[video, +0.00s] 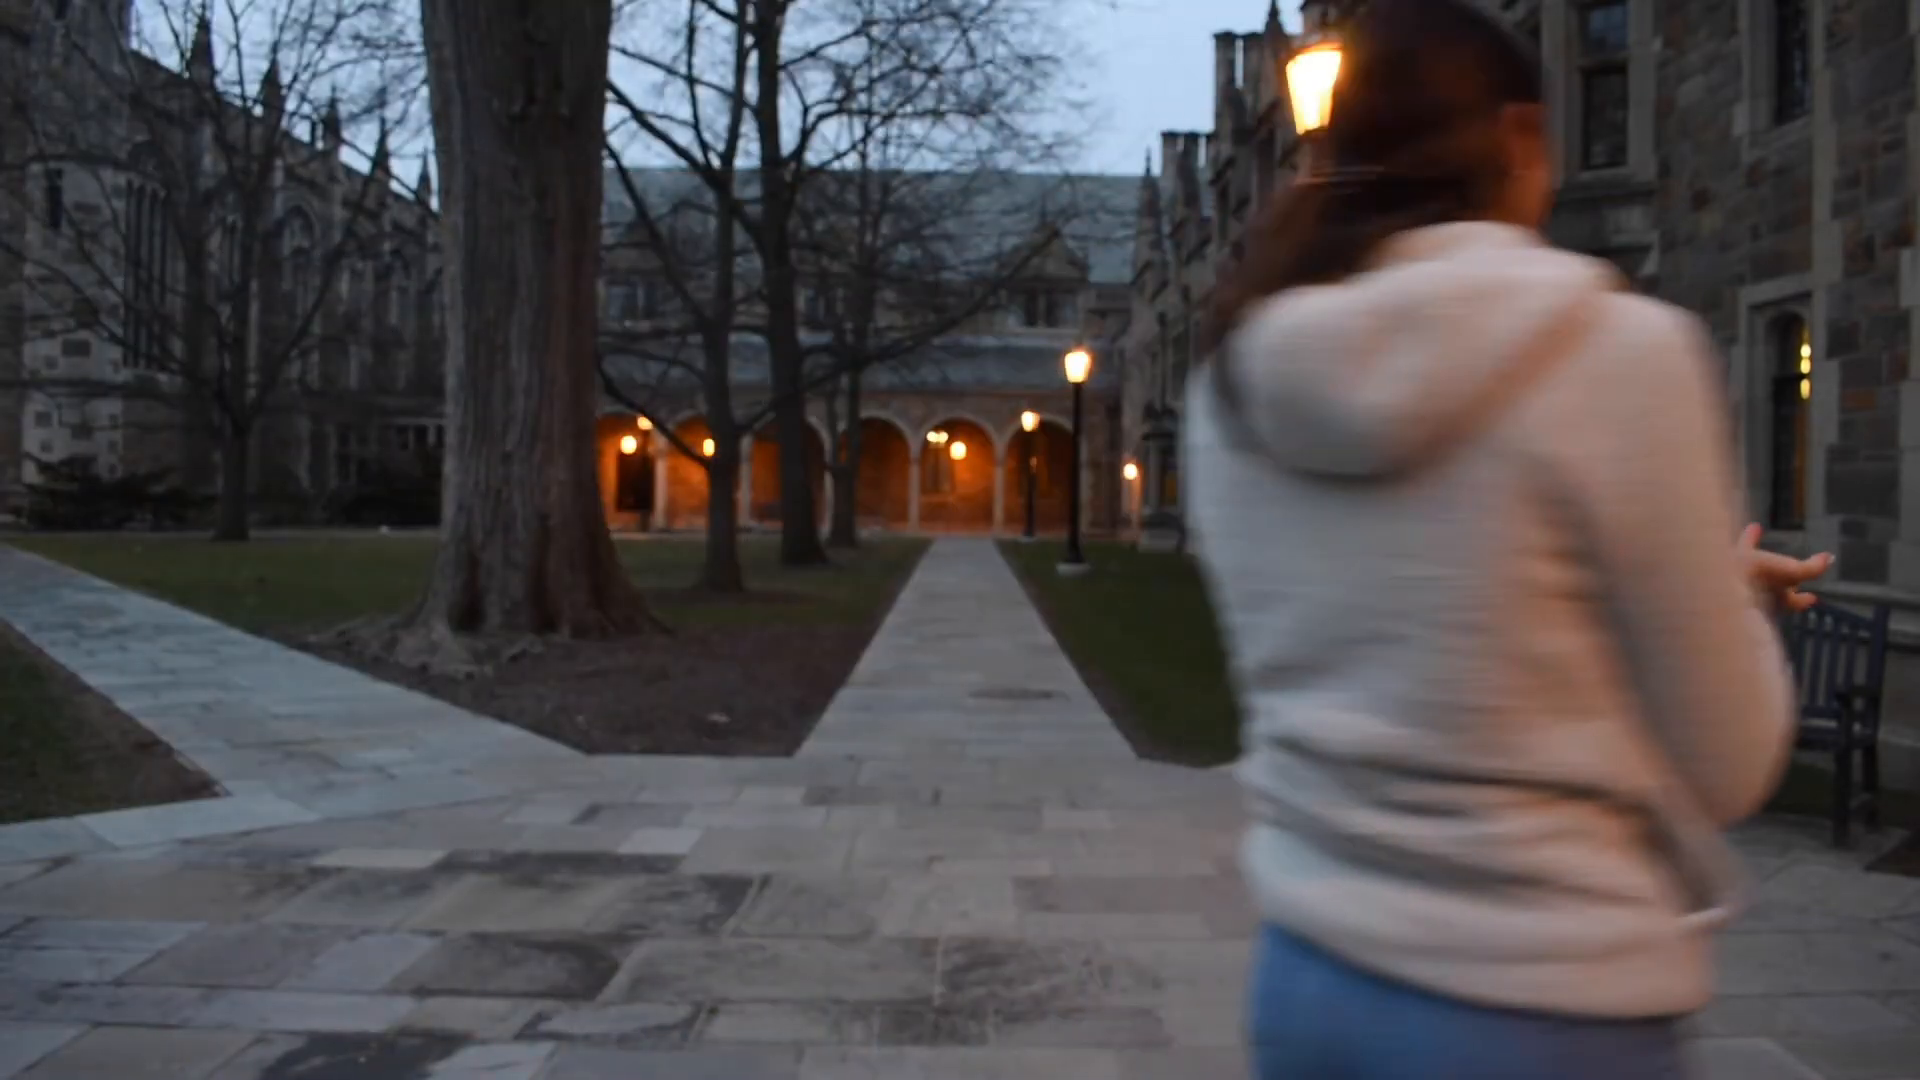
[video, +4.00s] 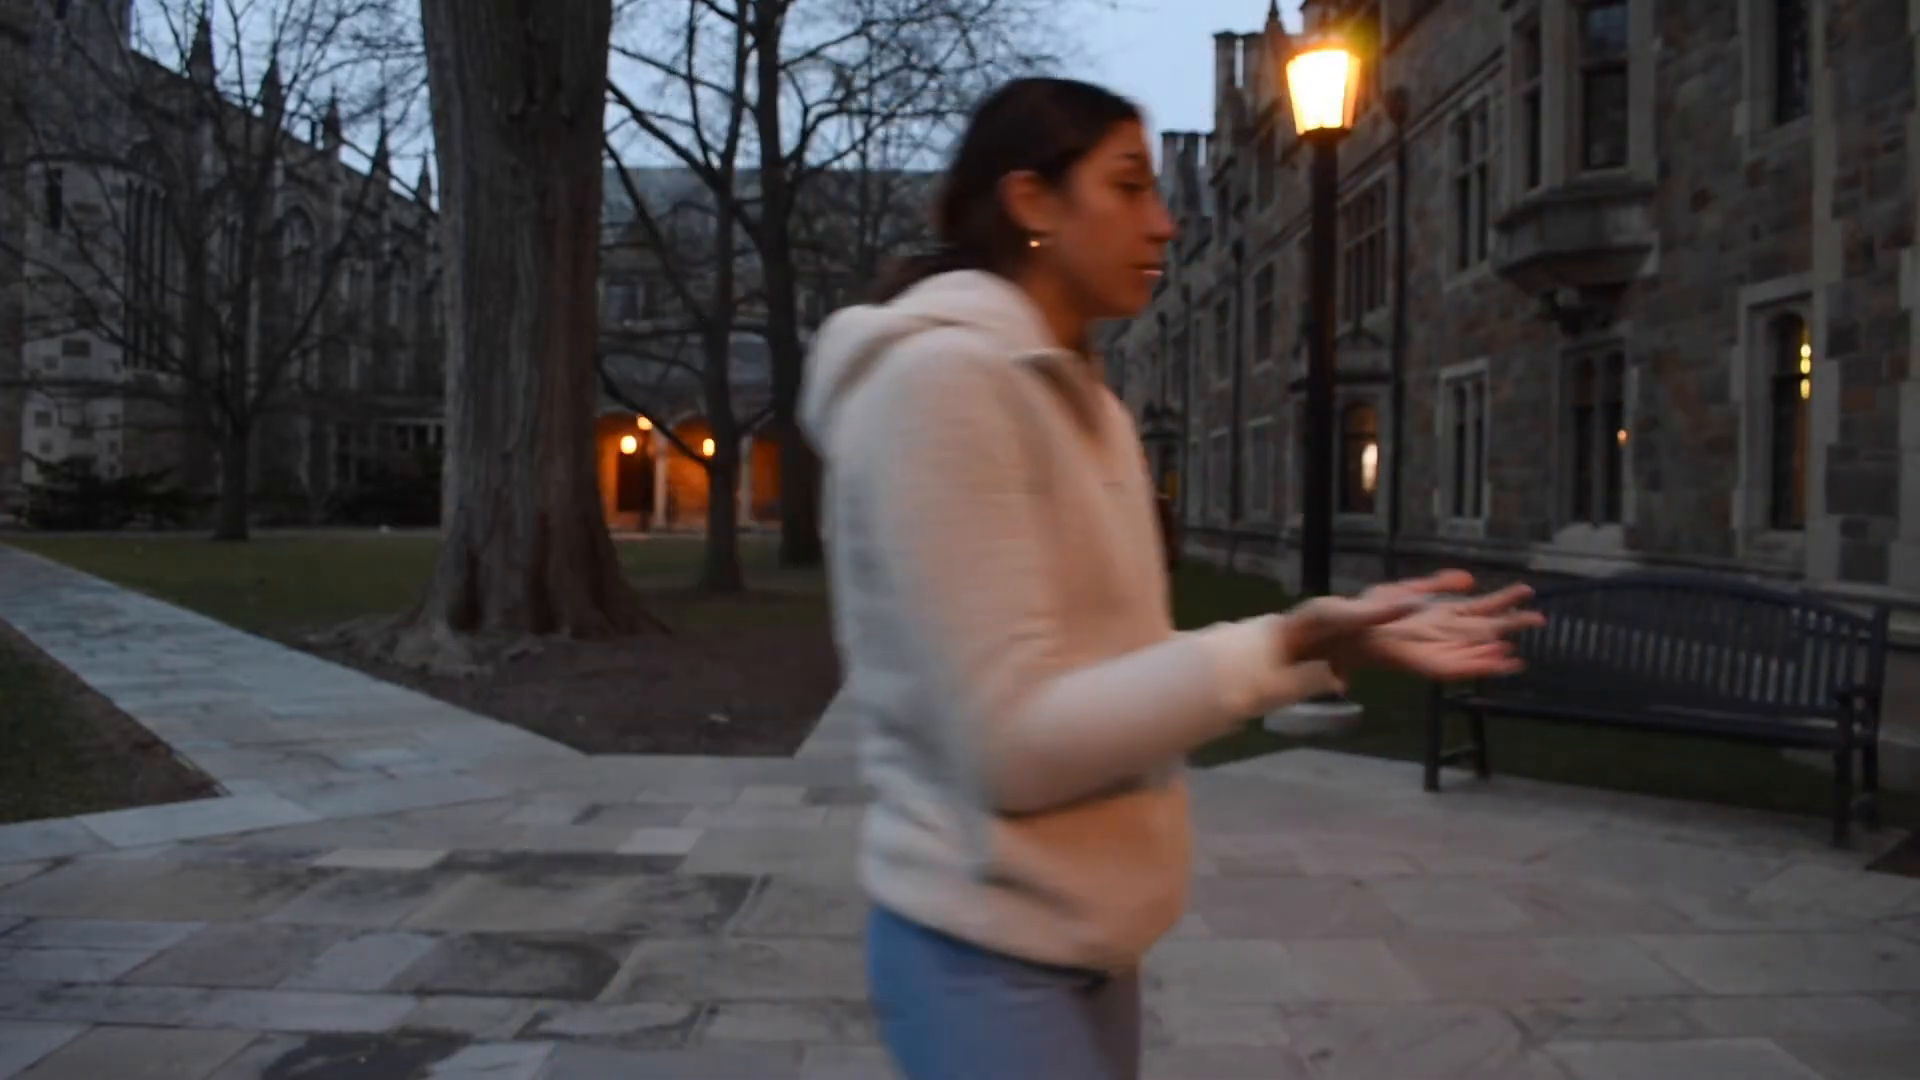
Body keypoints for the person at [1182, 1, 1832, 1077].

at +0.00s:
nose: (1552, 170)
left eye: (1543, 139)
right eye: (1545, 138)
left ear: (1354, 154)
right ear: (1519, 144)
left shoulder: (1235, 382)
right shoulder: (1618, 352)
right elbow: (1732, 761)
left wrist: (1692, 583)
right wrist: (1727, 584)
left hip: (1308, 988)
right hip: (1557, 1015)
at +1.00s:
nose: (1650, 183)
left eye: (1696, 137)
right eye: (1654, 144)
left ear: (1833, 149)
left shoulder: (1898, 353)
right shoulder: (1732, 367)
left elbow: (1767, 770)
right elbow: (1692, 688)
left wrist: (1466, 602)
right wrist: (1460, 586)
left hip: (1824, 1034)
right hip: (1714, 1019)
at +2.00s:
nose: (1004, 179)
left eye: (1038, 143)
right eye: (1019, 143)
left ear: (1143, 168)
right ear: (1138, 172)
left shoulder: (1215, 334)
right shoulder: (1156, 330)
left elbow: (1075, 753)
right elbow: (1049, 676)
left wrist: (793, 692)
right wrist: (821, 653)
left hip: (1130, 997)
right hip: (1101, 985)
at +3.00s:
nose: (679, 179)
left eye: (729, 152)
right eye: (666, 145)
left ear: (808, 200)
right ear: (646, 173)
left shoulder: (896, 374)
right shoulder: (581, 374)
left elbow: (860, 709)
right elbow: (533, 712)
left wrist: (603, 613)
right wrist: (498, 617)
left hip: (797, 928)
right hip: (598, 924)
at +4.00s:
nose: (1165, 224)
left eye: (1156, 191)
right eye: (1130, 187)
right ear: (1031, 204)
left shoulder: (1070, 392)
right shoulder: (941, 381)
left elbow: (1095, 684)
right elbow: (1010, 743)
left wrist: (1337, 645)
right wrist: (1292, 643)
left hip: (1076, 950)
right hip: (982, 963)